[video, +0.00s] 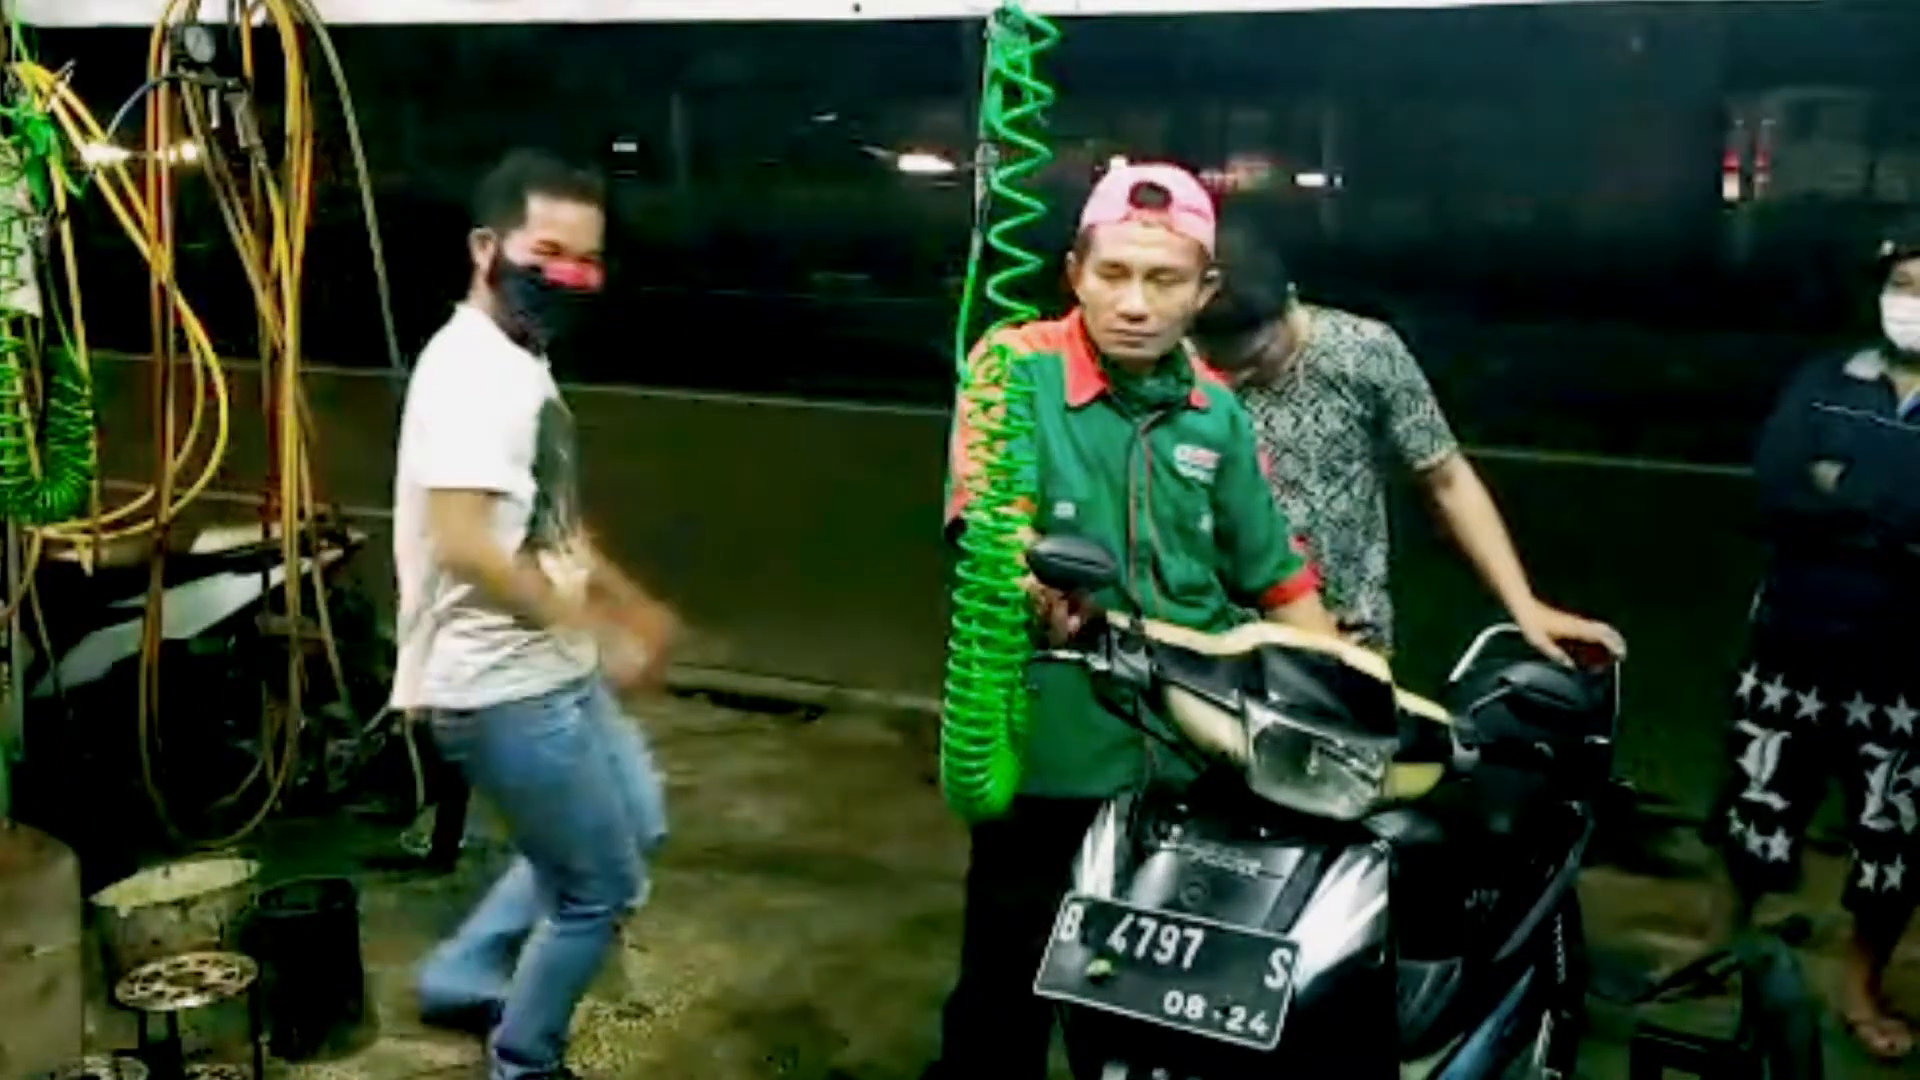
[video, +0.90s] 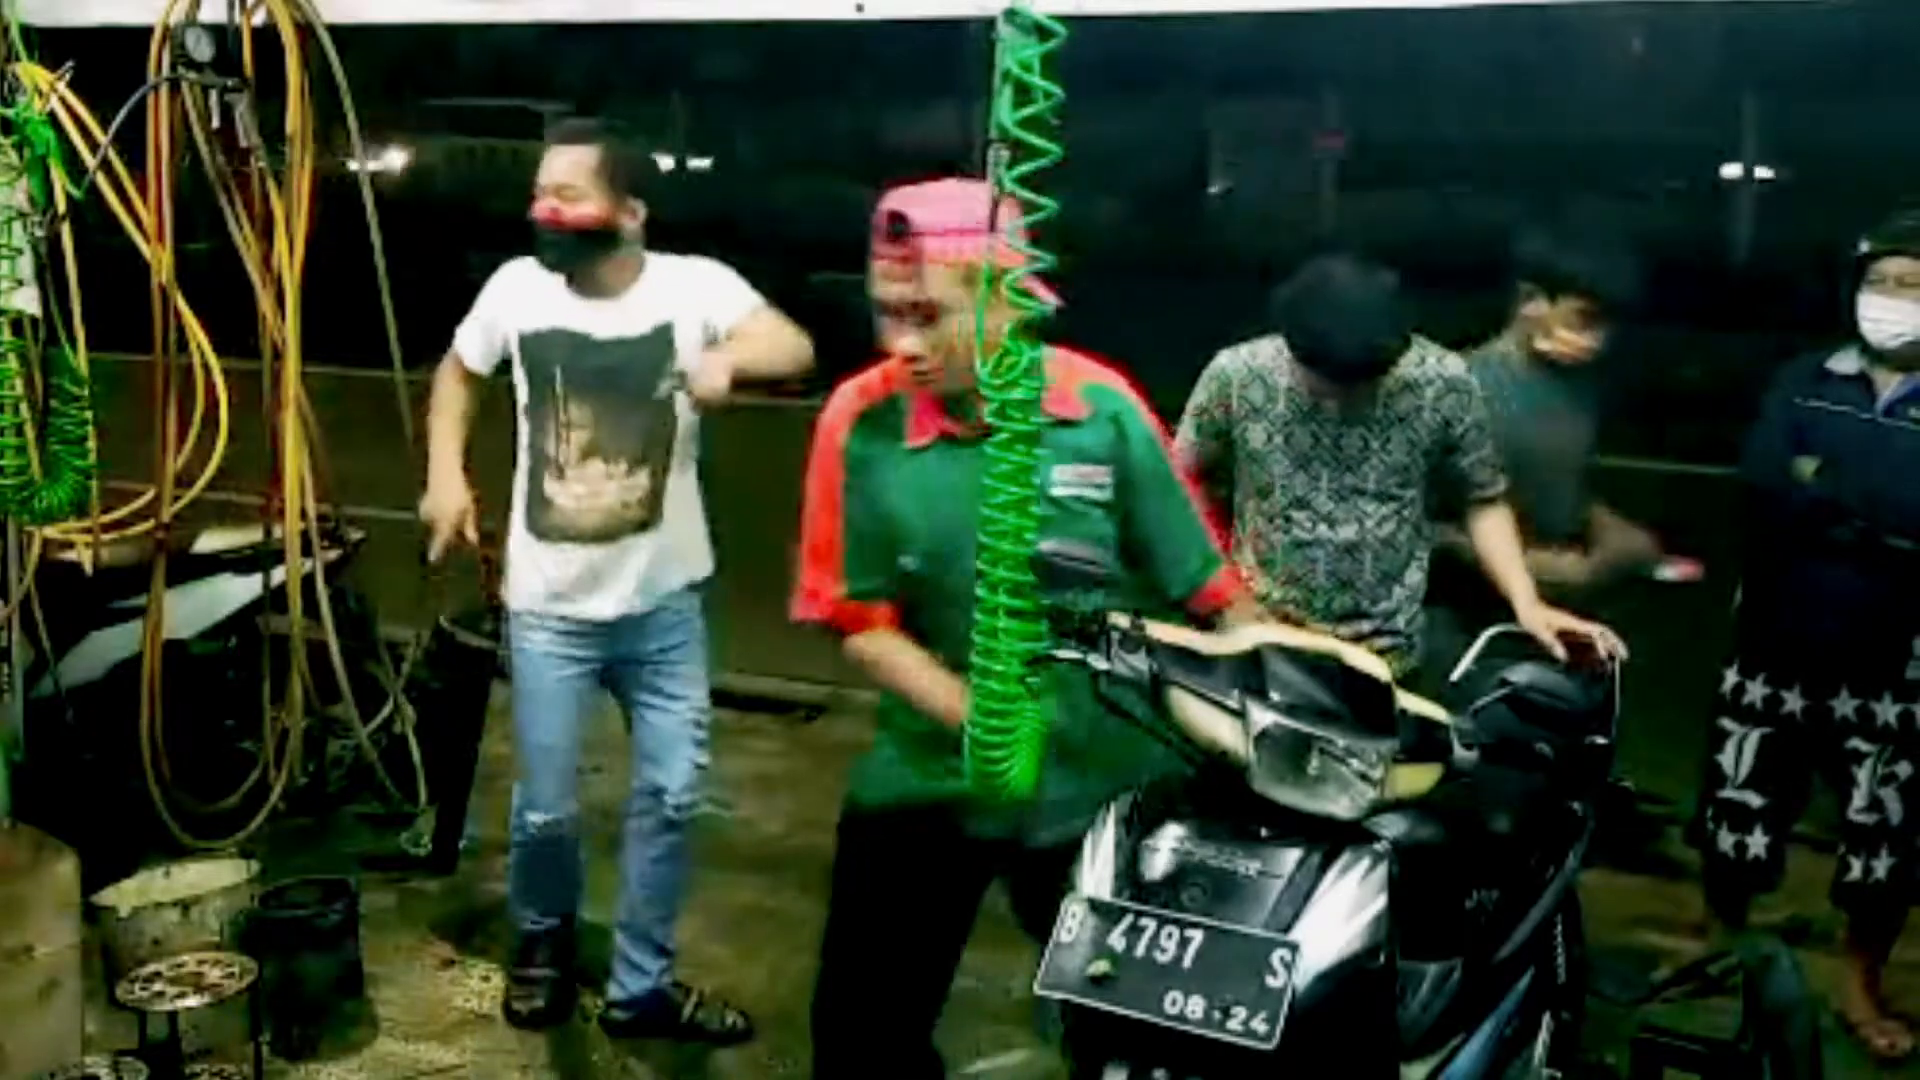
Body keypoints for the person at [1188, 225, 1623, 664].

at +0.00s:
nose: (1234, 378)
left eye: (1250, 361)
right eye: (1217, 363)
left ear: (1286, 314)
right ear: (1190, 336)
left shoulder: (1364, 356)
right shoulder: (1180, 377)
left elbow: (1447, 480)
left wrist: (1525, 608)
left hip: (1343, 644)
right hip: (1215, 646)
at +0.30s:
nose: (1295, 360)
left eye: (1305, 342)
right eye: (1274, 348)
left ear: (1335, 309)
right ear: (1244, 330)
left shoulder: (1406, 365)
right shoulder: (1207, 374)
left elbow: (1468, 489)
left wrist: (1526, 606)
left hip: (1354, 651)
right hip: (1230, 646)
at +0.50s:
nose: (1336, 357)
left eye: (1352, 338)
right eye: (1318, 343)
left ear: (1381, 314)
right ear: (1286, 324)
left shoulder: (1435, 364)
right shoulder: (1229, 373)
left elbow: (1478, 490)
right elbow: (1190, 507)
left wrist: (1528, 607)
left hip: (1374, 653)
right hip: (1252, 648)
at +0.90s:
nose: (1336, 401)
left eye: (1356, 388)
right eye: (1322, 386)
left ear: (1386, 362)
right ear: (1295, 353)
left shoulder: (1443, 385)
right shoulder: (1236, 378)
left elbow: (1485, 502)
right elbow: (1182, 484)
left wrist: (1530, 608)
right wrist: (1224, 592)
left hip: (1387, 661)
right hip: (1262, 648)